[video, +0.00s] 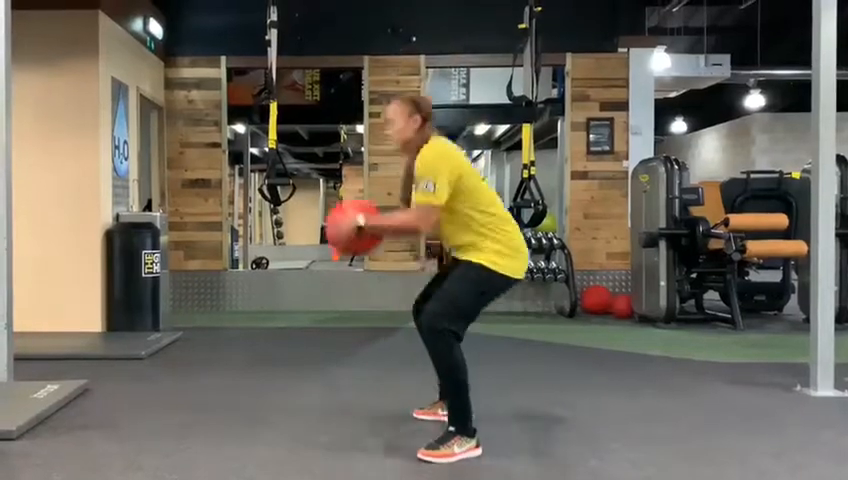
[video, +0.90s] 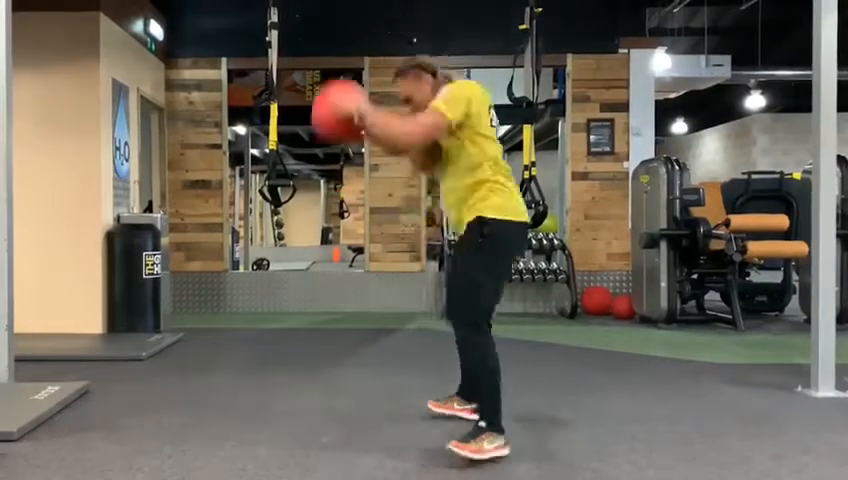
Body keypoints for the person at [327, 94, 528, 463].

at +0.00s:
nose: (386, 130)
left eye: (392, 122)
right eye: (386, 123)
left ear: (417, 121)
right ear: (413, 123)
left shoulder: (436, 154)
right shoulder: (422, 158)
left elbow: (424, 219)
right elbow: (413, 216)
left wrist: (368, 222)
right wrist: (372, 232)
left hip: (496, 254)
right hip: (473, 252)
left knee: (437, 322)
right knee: (424, 311)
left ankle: (464, 434)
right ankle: (450, 401)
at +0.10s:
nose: (407, 96)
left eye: (412, 89)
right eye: (406, 90)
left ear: (436, 87)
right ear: (432, 88)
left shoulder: (453, 117)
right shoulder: (437, 123)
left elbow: (401, 156)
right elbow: (401, 166)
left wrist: (362, 124)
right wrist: (366, 138)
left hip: (477, 243)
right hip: (459, 241)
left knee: (432, 322)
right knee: (420, 314)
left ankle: (463, 433)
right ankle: (449, 401)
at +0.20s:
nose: (413, 80)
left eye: (418, 73)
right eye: (413, 74)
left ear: (439, 71)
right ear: (436, 71)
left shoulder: (457, 98)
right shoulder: (442, 105)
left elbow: (392, 84)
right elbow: (420, 148)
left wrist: (381, 37)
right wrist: (409, 114)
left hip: (458, 233)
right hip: (441, 232)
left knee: (429, 324)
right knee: (416, 316)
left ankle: (463, 434)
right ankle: (448, 399)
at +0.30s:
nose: (402, 70)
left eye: (405, 61)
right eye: (399, 64)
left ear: (427, 55)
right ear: (433, 60)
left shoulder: (450, 84)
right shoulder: (438, 92)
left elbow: (407, 38)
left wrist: (410, 5)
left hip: (442, 224)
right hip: (431, 222)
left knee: (428, 321)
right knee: (422, 316)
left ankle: (464, 434)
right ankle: (451, 400)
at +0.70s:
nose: (397, 86)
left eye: (399, 77)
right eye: (394, 80)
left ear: (421, 63)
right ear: (414, 67)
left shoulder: (448, 92)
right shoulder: (425, 100)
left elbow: (425, 20)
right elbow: (426, 20)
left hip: (444, 223)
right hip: (429, 222)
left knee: (440, 322)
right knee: (434, 319)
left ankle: (471, 436)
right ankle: (455, 401)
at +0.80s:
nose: (406, 73)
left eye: (409, 62)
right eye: (403, 67)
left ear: (428, 54)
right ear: (428, 61)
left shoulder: (458, 80)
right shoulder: (440, 96)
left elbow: (398, 52)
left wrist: (393, 6)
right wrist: (419, 95)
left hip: (468, 219)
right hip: (454, 219)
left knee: (457, 319)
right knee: (452, 315)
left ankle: (474, 436)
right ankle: (460, 400)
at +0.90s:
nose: (407, 102)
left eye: (408, 93)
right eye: (404, 96)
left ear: (425, 79)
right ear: (423, 81)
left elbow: (415, 132)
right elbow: (424, 160)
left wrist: (366, 111)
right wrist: (373, 128)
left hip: (495, 218)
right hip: (475, 221)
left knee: (471, 320)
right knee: (462, 314)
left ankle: (492, 431)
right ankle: (470, 396)